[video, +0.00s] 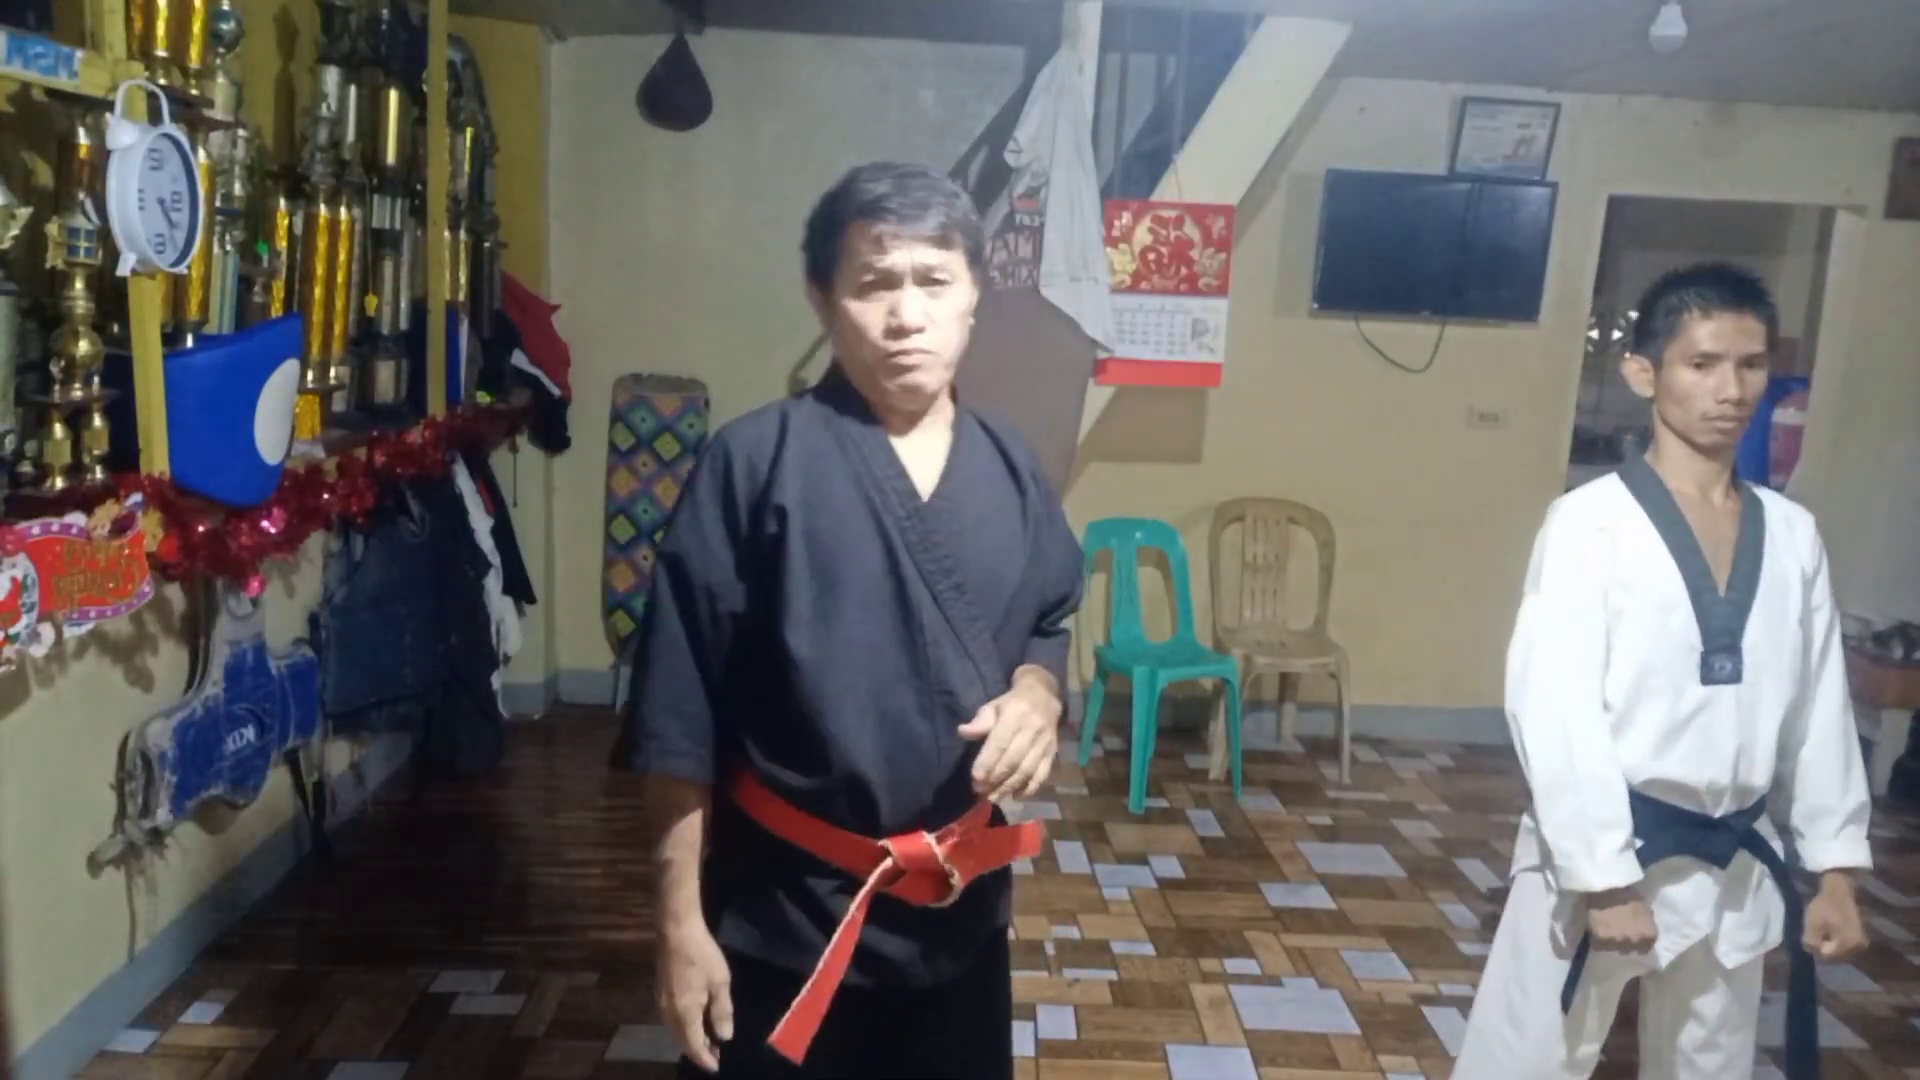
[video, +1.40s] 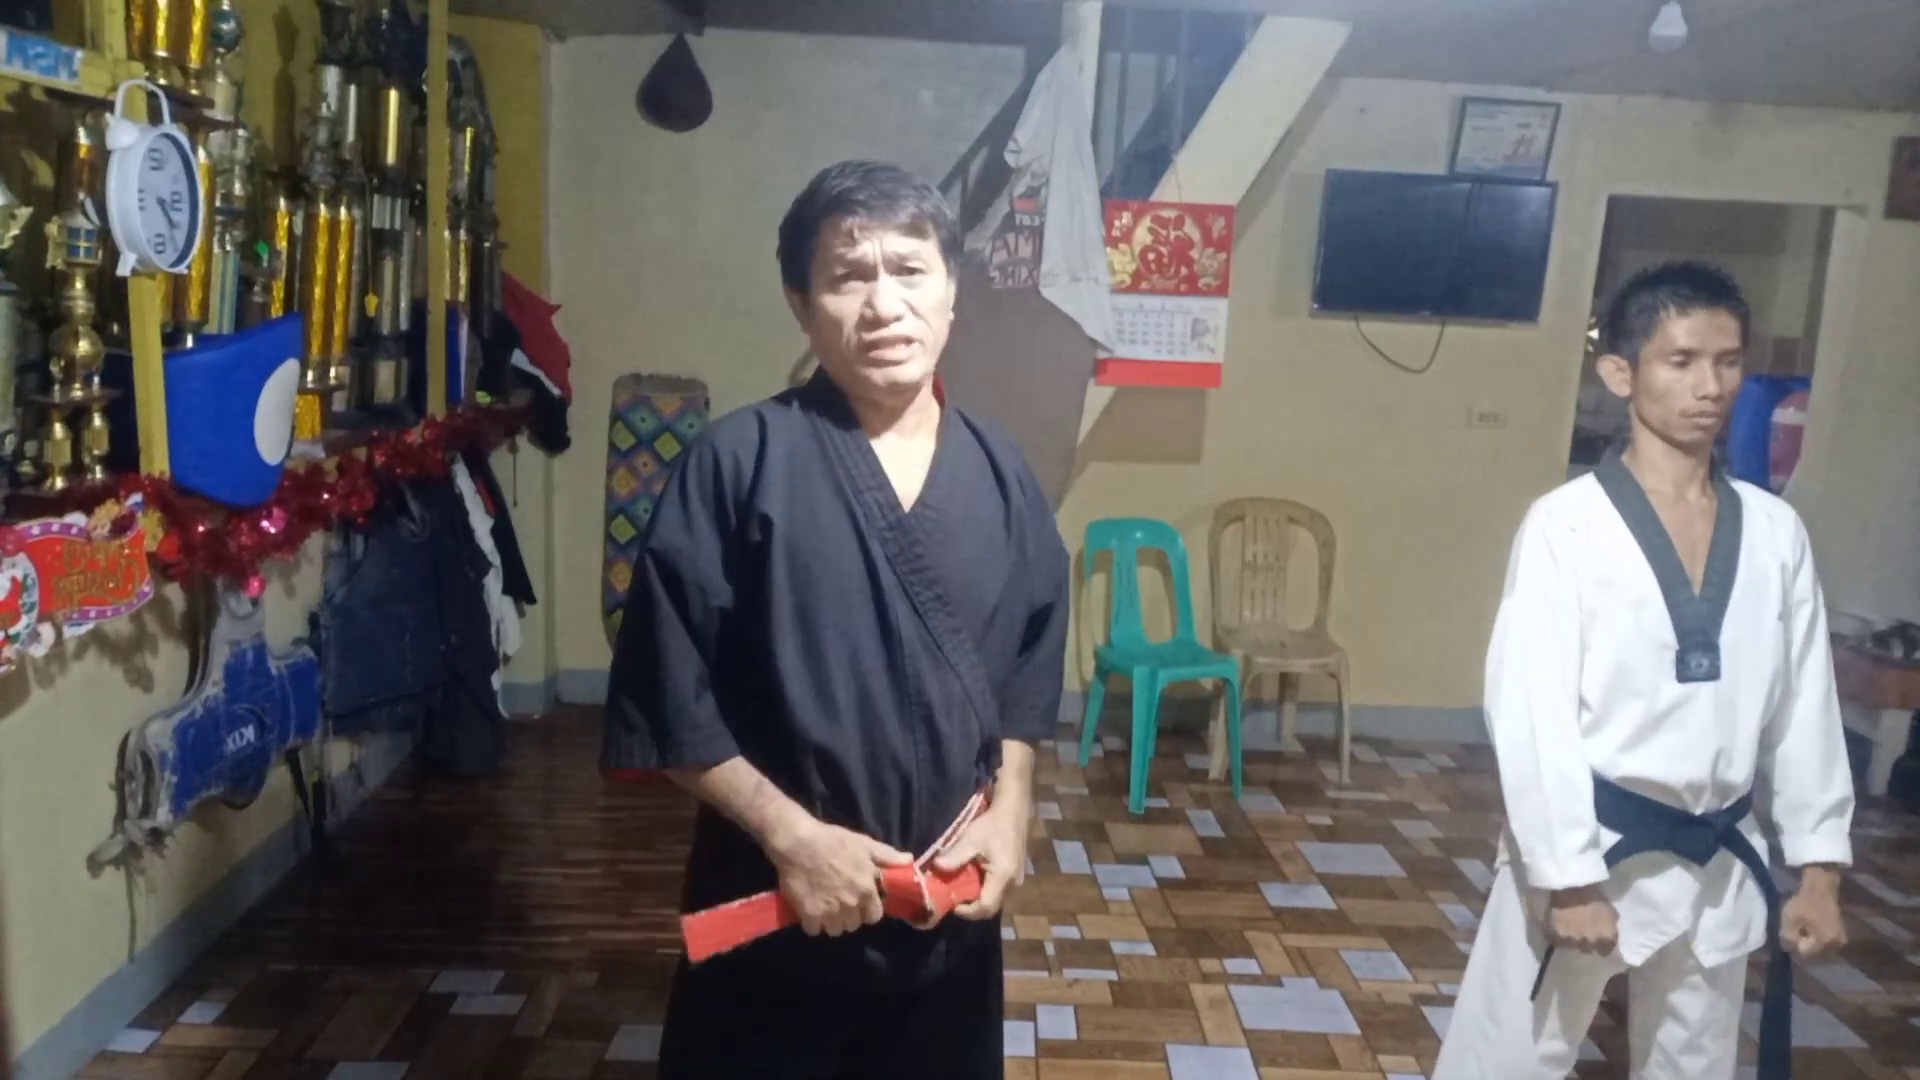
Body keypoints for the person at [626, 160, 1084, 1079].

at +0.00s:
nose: (907, 313)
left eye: (934, 282)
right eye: (876, 284)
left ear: (976, 296)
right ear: (824, 303)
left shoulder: (1005, 463)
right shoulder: (752, 464)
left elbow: (1048, 622)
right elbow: (677, 699)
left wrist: (1040, 694)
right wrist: (679, 919)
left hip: (961, 915)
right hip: (790, 918)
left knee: (962, 1067)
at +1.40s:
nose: (884, 304)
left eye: (910, 273)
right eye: (851, 277)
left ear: (952, 292)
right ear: (803, 306)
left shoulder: (1000, 471)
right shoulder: (736, 461)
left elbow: (1033, 652)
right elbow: (659, 687)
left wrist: (1012, 802)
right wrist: (793, 836)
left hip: (951, 927)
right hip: (770, 925)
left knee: (947, 1071)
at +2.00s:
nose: (897, 310)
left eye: (920, 277)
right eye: (861, 286)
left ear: (961, 292)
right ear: (815, 315)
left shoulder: (1009, 465)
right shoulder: (752, 465)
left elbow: (1043, 656)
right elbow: (686, 689)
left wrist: (1021, 813)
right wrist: (799, 851)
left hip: (960, 926)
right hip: (789, 931)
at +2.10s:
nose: (899, 312)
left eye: (920, 278)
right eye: (862, 288)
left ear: (960, 291)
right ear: (816, 317)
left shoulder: (1013, 464)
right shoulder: (753, 464)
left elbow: (1044, 655)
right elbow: (684, 687)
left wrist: (1021, 813)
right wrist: (793, 848)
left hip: (961, 930)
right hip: (789, 933)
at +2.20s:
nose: (900, 313)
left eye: (922, 279)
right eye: (865, 289)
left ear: (963, 292)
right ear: (818, 316)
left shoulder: (1014, 465)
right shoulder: (754, 464)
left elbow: (1047, 654)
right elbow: (684, 687)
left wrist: (1022, 809)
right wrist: (791, 847)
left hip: (960, 931)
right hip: (787, 933)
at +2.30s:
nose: (900, 317)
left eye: (924, 283)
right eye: (865, 292)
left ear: (965, 293)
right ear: (819, 314)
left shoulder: (1014, 467)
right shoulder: (753, 466)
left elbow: (1056, 644)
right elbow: (684, 687)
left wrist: (1034, 789)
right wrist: (786, 848)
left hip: (958, 930)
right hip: (786, 930)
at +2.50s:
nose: (897, 321)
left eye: (921, 286)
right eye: (862, 294)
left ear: (961, 296)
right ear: (816, 314)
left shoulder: (1010, 465)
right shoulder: (751, 464)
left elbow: (1077, 627)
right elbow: (679, 692)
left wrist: (1040, 662)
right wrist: (786, 853)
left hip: (956, 908)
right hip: (780, 907)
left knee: (956, 1071)